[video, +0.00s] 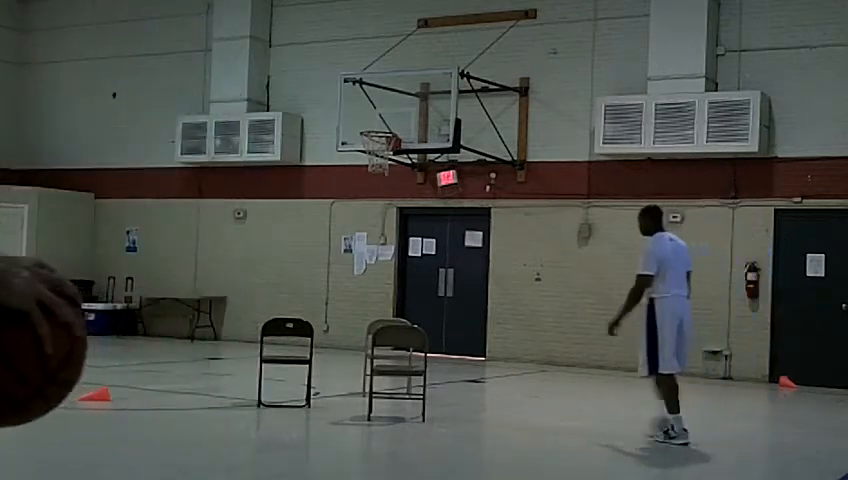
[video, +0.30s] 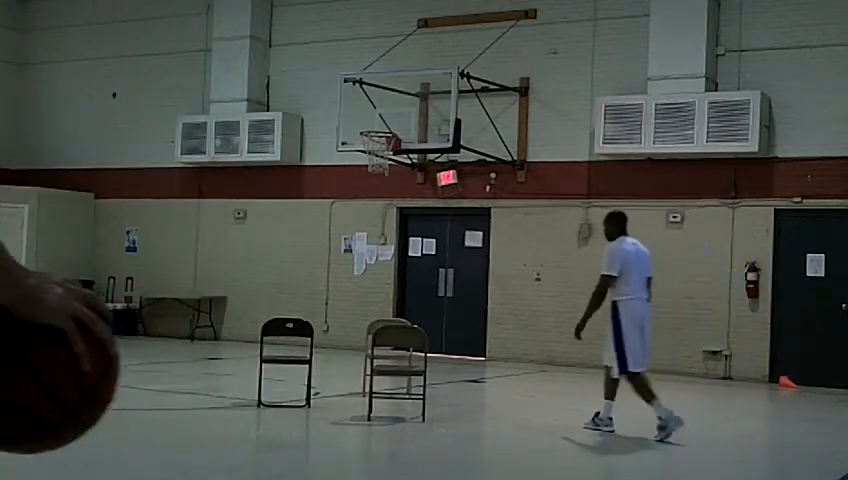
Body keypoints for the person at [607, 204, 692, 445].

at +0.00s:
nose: (639, 226)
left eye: (641, 221)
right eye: (639, 221)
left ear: (649, 222)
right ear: (661, 220)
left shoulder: (653, 245)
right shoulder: (680, 244)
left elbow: (641, 286)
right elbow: (687, 278)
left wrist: (618, 318)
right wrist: (683, 304)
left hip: (661, 305)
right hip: (681, 304)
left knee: (662, 368)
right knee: (665, 366)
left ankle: (677, 428)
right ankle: (670, 419)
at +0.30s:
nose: (604, 231)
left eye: (606, 226)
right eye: (604, 226)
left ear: (614, 227)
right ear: (624, 226)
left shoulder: (616, 248)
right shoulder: (642, 249)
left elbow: (603, 287)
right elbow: (647, 288)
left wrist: (583, 321)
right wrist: (643, 312)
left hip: (624, 307)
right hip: (640, 306)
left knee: (629, 368)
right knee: (612, 364)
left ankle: (665, 415)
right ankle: (605, 417)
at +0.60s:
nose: (570, 226)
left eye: (572, 222)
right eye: (570, 222)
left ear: (579, 222)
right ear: (590, 221)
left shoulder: (583, 244)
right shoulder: (605, 243)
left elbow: (581, 284)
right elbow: (607, 279)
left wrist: (572, 321)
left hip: (585, 307)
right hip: (604, 307)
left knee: (560, 355)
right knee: (599, 358)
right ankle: (604, 413)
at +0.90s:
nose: (527, 231)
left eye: (529, 227)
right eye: (527, 226)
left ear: (535, 227)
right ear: (545, 226)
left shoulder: (539, 249)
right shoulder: (561, 246)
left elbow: (541, 289)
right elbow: (559, 282)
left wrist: (538, 323)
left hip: (543, 307)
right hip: (562, 305)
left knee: (525, 356)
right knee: (567, 357)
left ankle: (521, 405)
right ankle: (592, 401)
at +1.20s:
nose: (492, 227)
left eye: (493, 223)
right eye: (493, 223)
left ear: (498, 223)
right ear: (509, 221)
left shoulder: (503, 242)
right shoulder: (526, 241)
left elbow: (493, 271)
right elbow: (532, 274)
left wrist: (484, 292)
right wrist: (528, 294)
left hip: (507, 294)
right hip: (524, 294)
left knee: (506, 351)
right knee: (504, 350)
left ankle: (519, 405)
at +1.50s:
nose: (453, 229)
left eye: (454, 225)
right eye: (454, 224)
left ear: (460, 225)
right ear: (471, 225)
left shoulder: (459, 245)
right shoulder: (486, 246)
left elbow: (451, 275)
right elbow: (491, 283)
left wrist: (439, 292)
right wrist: (491, 317)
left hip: (466, 298)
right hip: (482, 298)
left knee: (473, 354)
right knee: (452, 350)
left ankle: (506, 395)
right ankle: (444, 398)